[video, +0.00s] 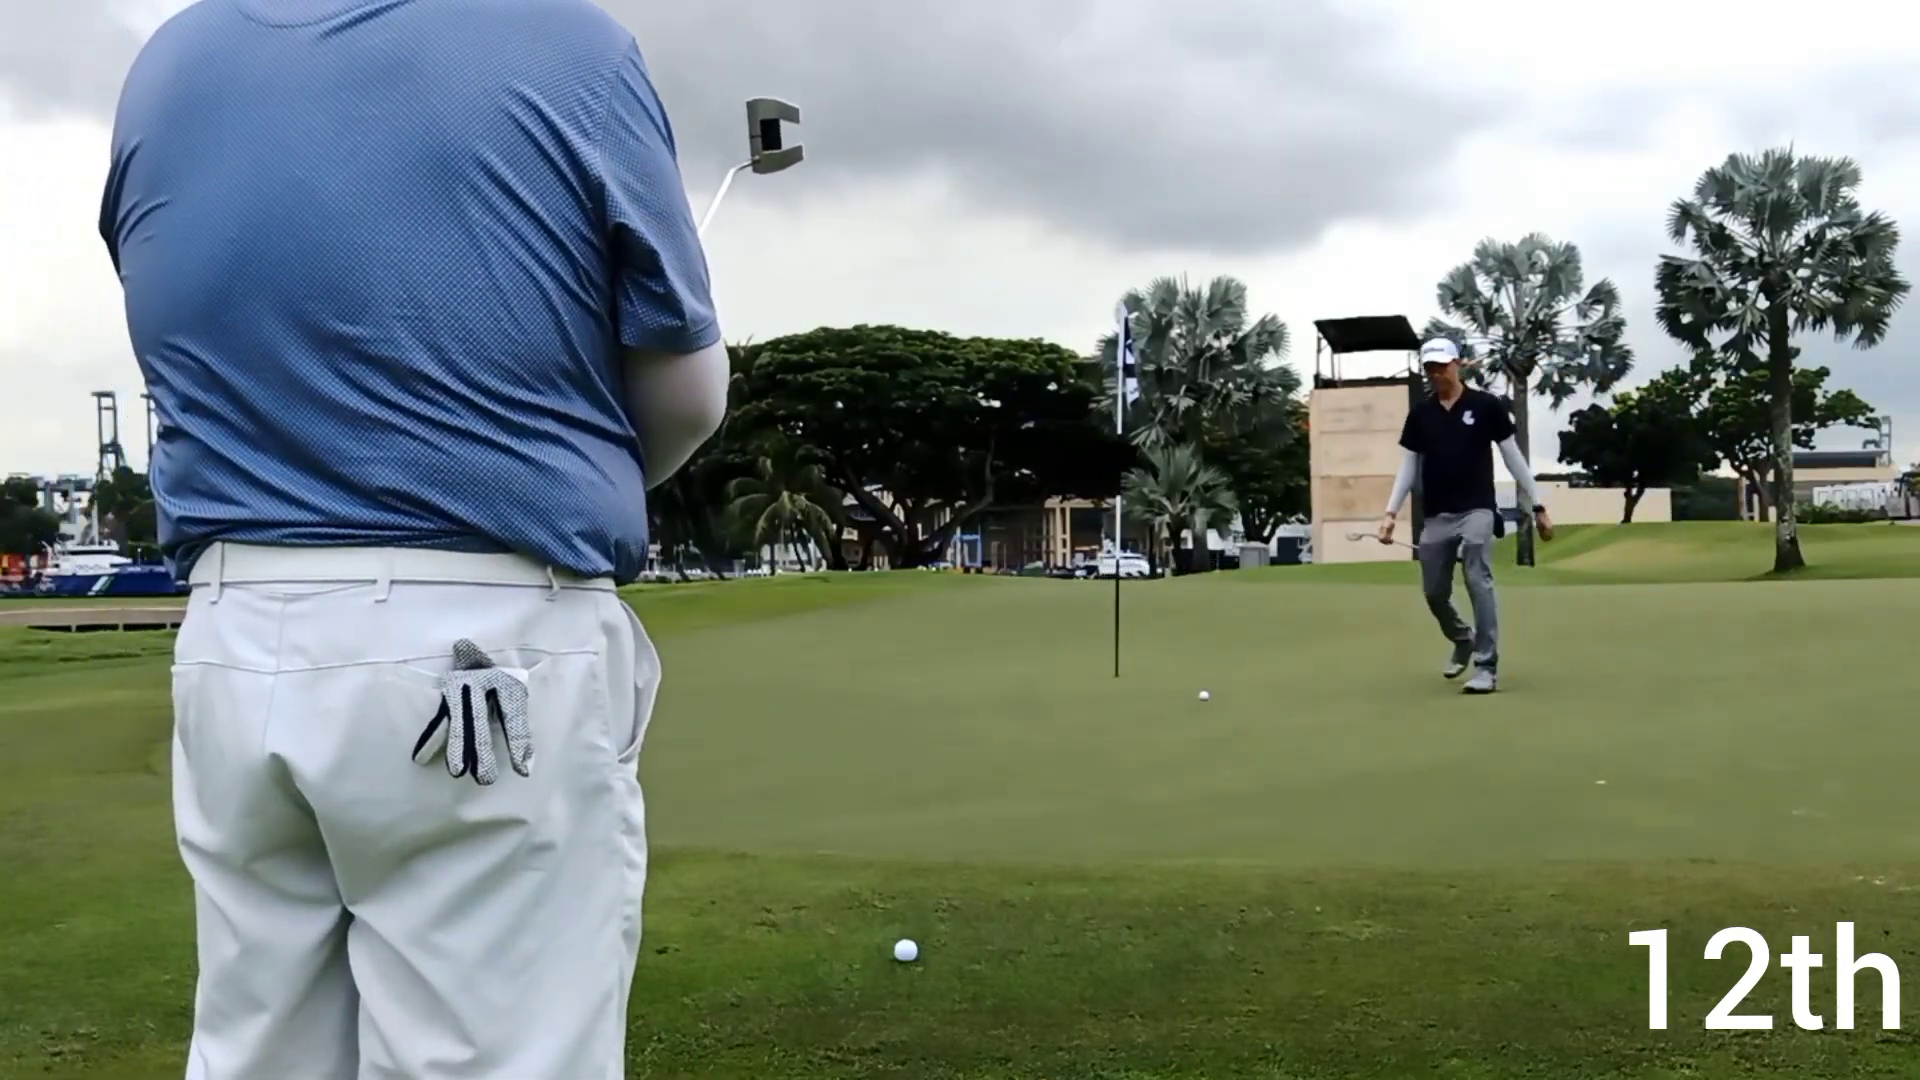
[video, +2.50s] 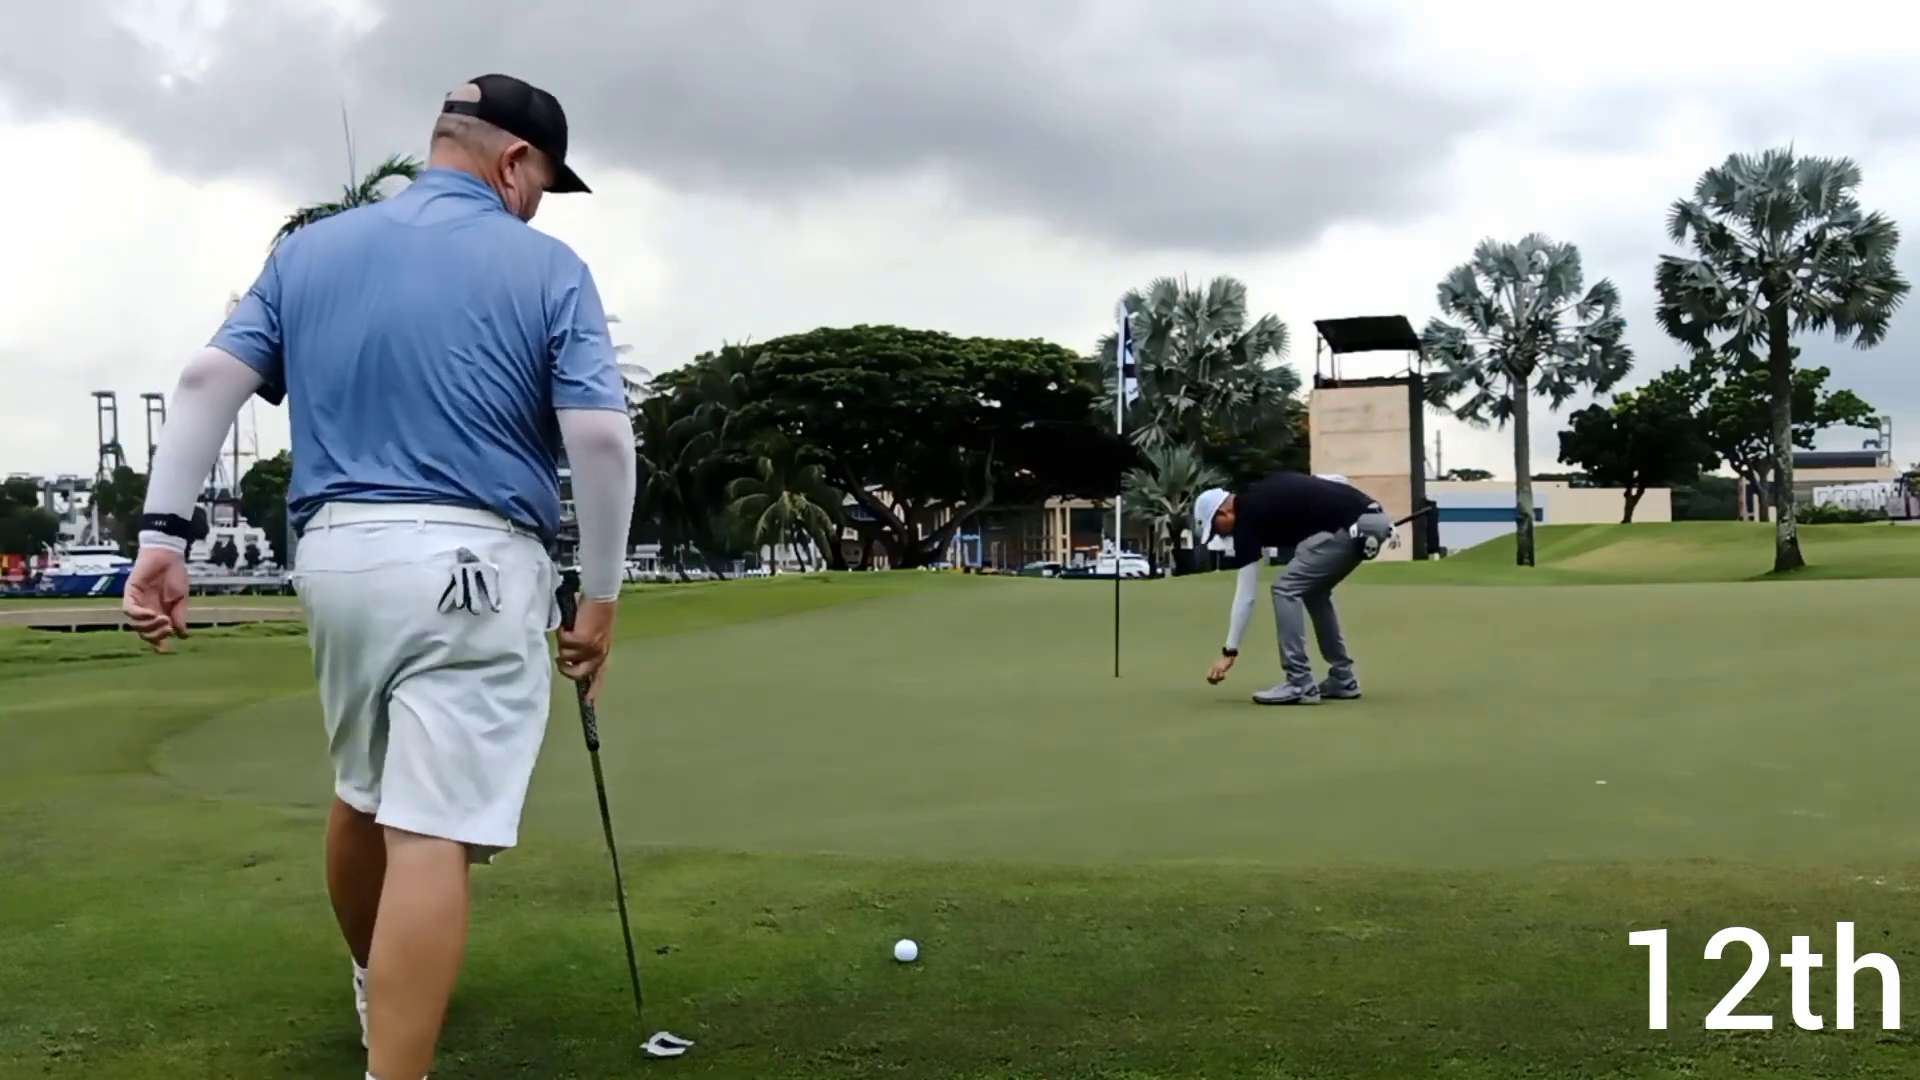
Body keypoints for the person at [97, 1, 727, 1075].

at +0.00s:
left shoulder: (172, 52)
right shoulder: (571, 40)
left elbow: (175, 333)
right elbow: (683, 390)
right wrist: (560, 492)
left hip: (238, 617)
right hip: (494, 621)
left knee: (253, 1058)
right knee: (503, 1058)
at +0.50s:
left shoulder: (187, 57)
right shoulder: (582, 46)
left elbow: (183, 331)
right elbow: (691, 393)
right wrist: (565, 494)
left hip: (245, 616)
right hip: (501, 621)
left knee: (257, 1058)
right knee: (503, 1058)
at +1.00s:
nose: (546, 22)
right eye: (546, 17)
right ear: (521, 4)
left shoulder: (206, 112)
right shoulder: (608, 108)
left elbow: (137, 436)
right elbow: (698, 439)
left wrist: (275, 536)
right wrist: (577, 552)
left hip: (250, 625)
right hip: (499, 620)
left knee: (286, 1043)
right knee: (473, 1055)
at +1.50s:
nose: (462, 82)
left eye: (468, 64)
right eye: (466, 57)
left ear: (309, 37)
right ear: (439, 44)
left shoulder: (168, 173)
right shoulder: (517, 176)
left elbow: (45, 386)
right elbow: (621, 398)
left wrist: (32, 624)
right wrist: (598, 615)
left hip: (226, 593)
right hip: (441, 590)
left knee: (270, 989)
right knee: (472, 948)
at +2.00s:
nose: (480, 171)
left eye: (485, 150)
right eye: (483, 147)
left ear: (350, 117)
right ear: (451, 127)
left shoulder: (235, 235)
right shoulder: (512, 247)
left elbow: (177, 448)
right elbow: (594, 447)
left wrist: (262, 536)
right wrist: (602, 610)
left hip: (273, 595)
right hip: (449, 598)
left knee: (286, 907)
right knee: (421, 904)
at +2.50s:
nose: (542, 207)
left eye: (548, 191)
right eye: (547, 187)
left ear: (433, 148)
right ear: (518, 164)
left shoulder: (309, 248)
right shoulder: (546, 266)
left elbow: (209, 379)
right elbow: (601, 435)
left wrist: (164, 532)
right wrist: (600, 594)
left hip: (337, 554)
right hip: (479, 560)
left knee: (361, 794)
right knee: (433, 841)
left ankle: (376, 984)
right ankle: (395, 1070)